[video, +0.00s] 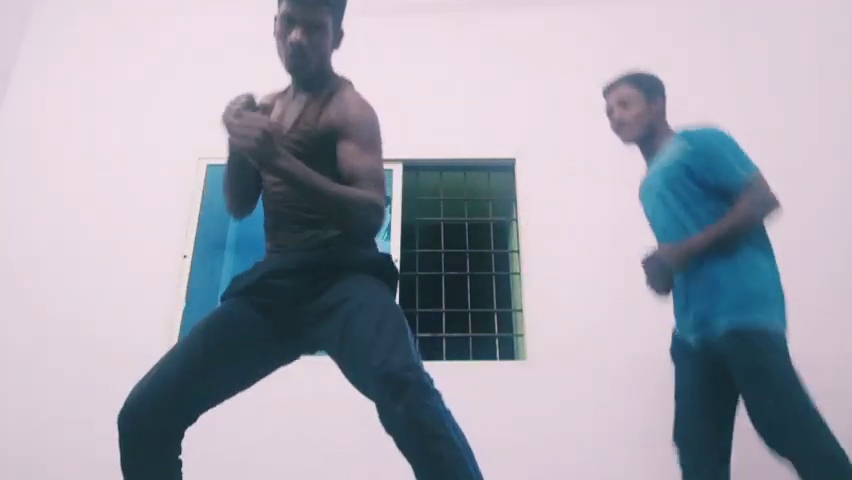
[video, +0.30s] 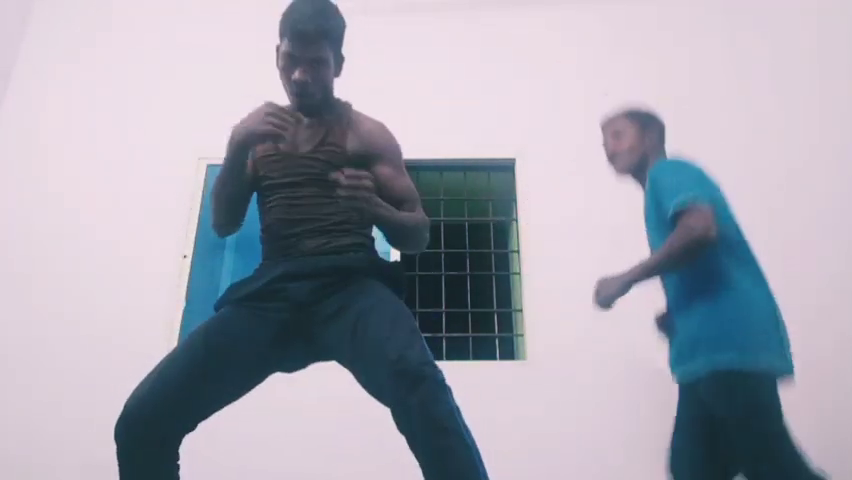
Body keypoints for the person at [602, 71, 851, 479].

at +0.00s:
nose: (615, 117)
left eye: (624, 105)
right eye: (610, 111)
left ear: (656, 105)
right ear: (609, 120)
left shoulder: (702, 142)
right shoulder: (648, 188)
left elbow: (761, 197)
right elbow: (691, 251)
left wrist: (682, 250)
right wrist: (665, 273)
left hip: (746, 318)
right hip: (694, 331)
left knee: (790, 428)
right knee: (698, 451)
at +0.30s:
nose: (609, 147)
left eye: (617, 135)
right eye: (605, 141)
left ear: (650, 136)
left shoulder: (670, 172)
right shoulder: (663, 189)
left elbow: (699, 225)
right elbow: (721, 274)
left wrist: (625, 279)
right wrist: (680, 313)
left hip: (727, 350)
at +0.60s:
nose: (622, 95)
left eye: (631, 83)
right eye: (618, 90)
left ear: (664, 82)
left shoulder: (692, 109)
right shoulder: (671, 147)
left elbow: (755, 159)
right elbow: (718, 217)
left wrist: (666, 212)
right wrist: (668, 258)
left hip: (724, 280)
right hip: (701, 289)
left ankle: (815, 475)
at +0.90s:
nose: (637, 104)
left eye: (646, 92)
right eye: (635, 97)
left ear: (681, 93)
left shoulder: (712, 123)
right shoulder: (688, 161)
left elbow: (755, 171)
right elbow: (735, 242)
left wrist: (661, 214)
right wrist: (692, 282)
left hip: (741, 292)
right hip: (713, 305)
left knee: (763, 413)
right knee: (703, 443)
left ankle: (836, 471)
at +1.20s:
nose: (633, 143)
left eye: (644, 133)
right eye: (630, 137)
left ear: (679, 138)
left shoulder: (710, 175)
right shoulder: (674, 212)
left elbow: (760, 235)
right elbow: (715, 297)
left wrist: (670, 271)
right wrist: (669, 317)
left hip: (749, 332)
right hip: (709, 354)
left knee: (764, 438)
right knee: (708, 470)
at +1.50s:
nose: (624, 102)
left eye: (634, 92)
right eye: (621, 97)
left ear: (668, 96)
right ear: (621, 107)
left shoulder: (702, 129)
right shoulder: (642, 177)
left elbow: (766, 181)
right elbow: (683, 238)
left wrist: (684, 203)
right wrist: (650, 250)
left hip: (718, 296)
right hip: (673, 312)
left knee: (733, 424)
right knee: (702, 436)